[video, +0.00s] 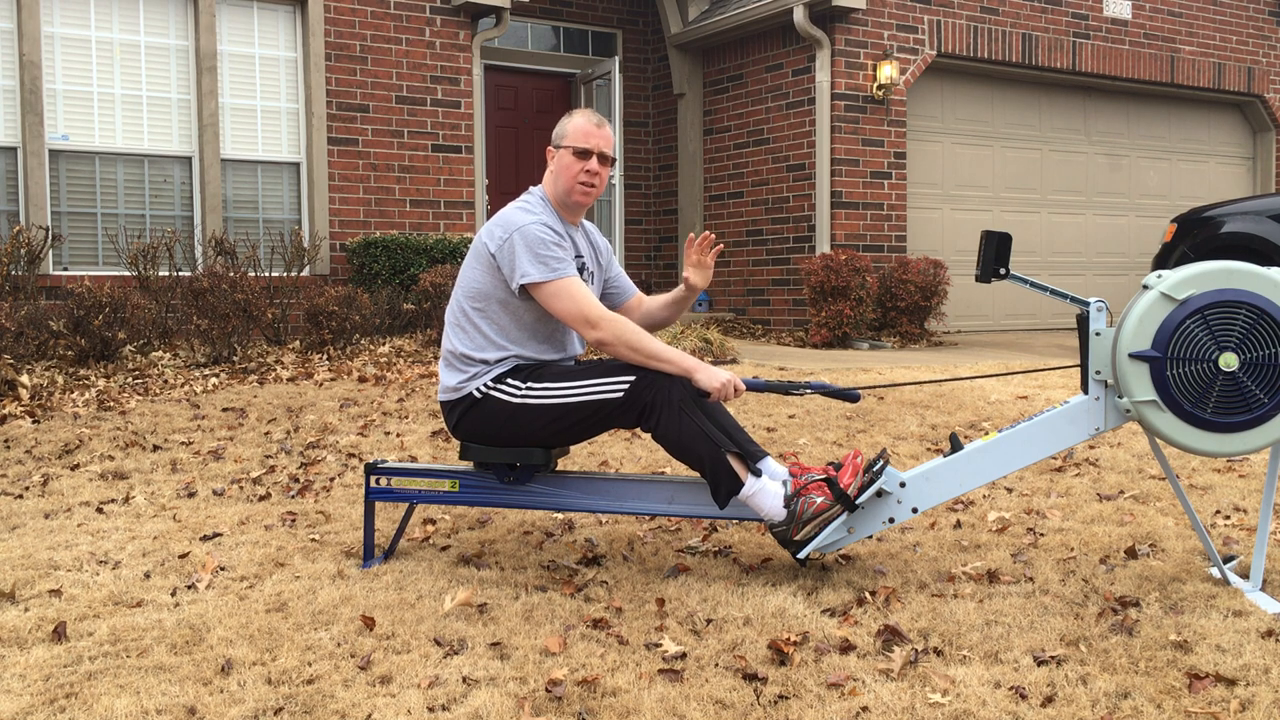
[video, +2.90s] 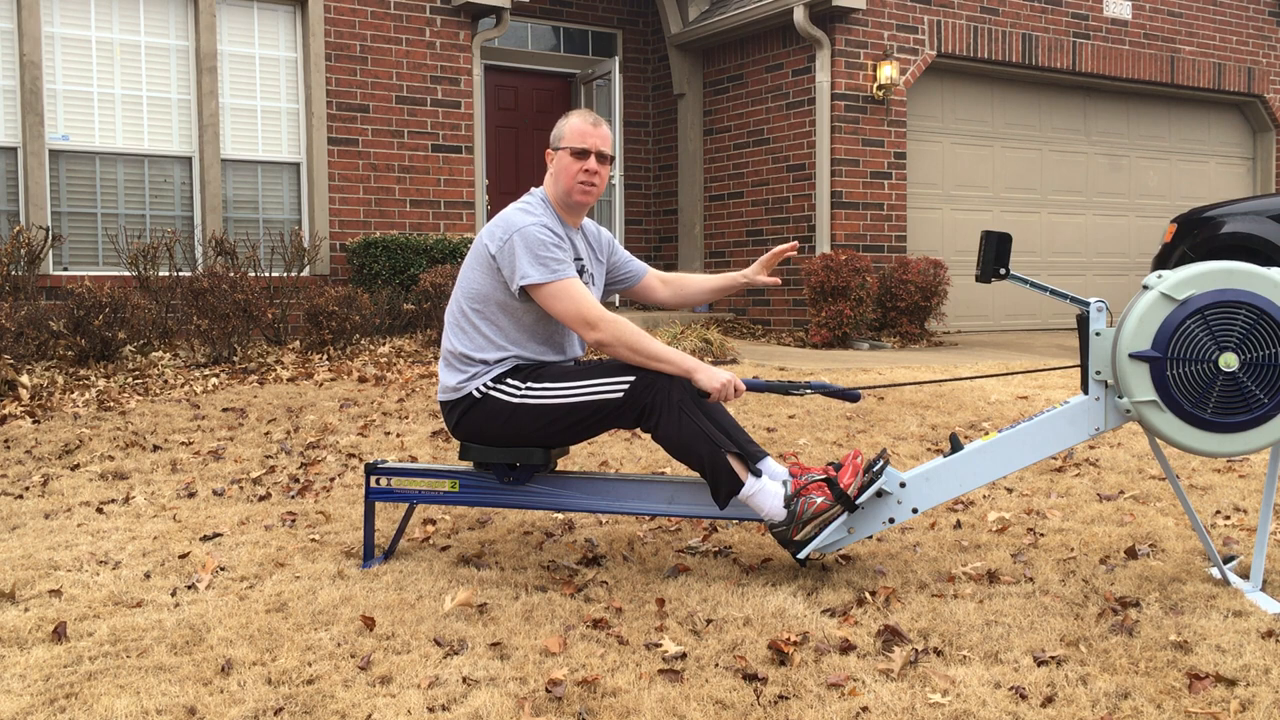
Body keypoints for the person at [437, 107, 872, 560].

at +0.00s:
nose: (594, 169)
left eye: (605, 162)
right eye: (582, 155)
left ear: (610, 173)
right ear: (550, 157)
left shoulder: (587, 236)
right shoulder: (524, 225)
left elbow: (641, 315)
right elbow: (593, 327)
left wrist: (688, 289)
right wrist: (699, 371)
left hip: (541, 377)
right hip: (487, 391)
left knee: (675, 377)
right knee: (650, 387)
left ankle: (786, 484)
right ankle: (776, 509)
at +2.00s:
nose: (596, 170)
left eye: (607, 162)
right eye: (584, 156)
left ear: (612, 173)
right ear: (553, 158)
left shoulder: (592, 239)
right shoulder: (525, 226)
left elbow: (644, 323)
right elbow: (595, 330)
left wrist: (654, 303)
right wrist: (699, 371)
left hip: (540, 377)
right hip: (486, 390)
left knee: (674, 379)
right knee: (651, 388)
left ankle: (786, 485)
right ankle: (775, 509)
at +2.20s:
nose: (595, 168)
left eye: (606, 161)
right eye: (583, 155)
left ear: (612, 173)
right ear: (552, 159)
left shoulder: (592, 237)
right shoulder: (525, 227)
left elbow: (651, 293)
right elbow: (596, 329)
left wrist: (710, 304)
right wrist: (700, 372)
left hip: (539, 376)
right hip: (486, 390)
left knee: (675, 378)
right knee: (650, 388)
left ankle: (785, 484)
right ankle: (776, 509)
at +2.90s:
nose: (592, 168)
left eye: (603, 159)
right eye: (580, 154)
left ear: (610, 171)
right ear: (549, 159)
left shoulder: (592, 236)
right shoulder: (525, 226)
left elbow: (661, 288)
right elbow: (594, 327)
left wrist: (745, 278)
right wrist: (699, 370)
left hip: (541, 376)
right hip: (487, 391)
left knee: (675, 379)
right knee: (651, 388)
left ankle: (788, 485)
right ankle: (776, 510)